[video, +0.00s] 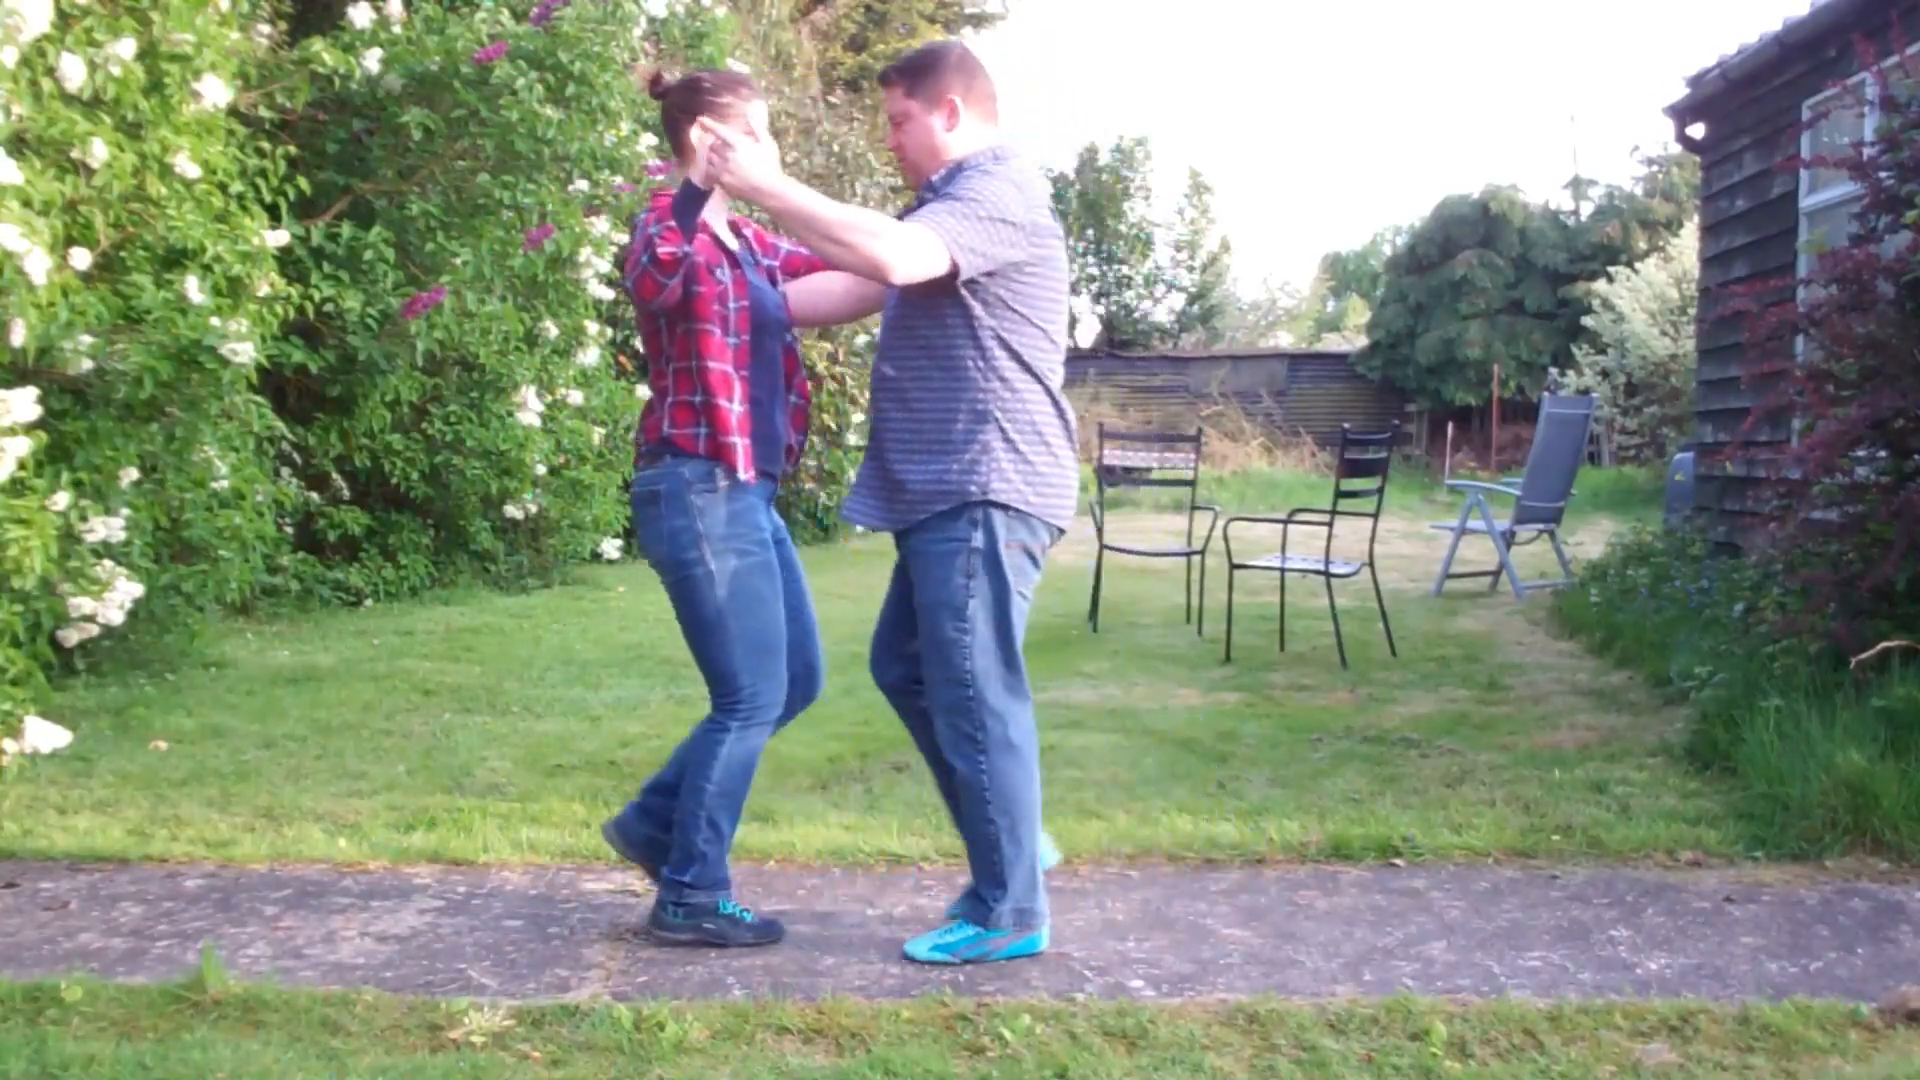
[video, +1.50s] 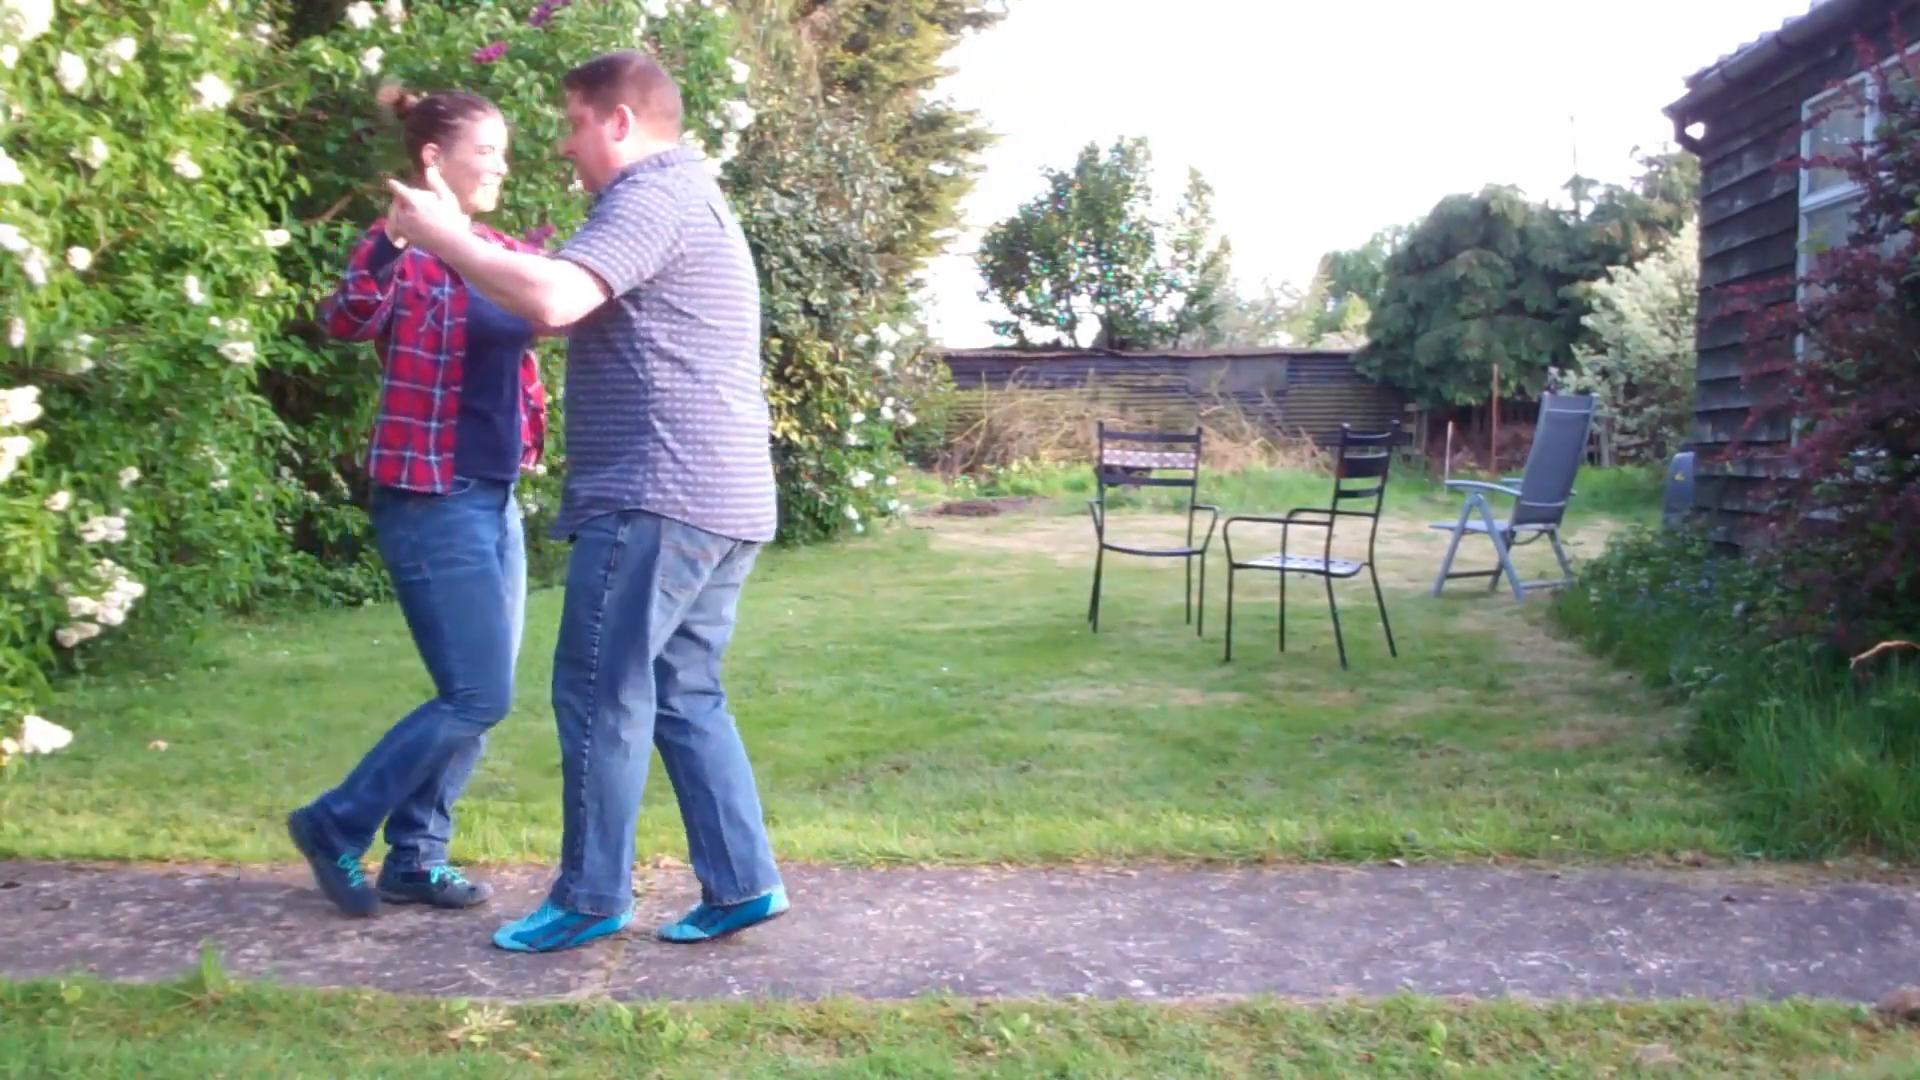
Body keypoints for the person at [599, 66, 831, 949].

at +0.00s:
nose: (768, 149)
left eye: (765, 133)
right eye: (753, 132)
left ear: (725, 139)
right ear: (704, 135)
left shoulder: (752, 241)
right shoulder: (660, 226)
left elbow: (842, 266)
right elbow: (663, 286)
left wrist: (919, 248)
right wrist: (700, 188)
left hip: (747, 488)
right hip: (694, 487)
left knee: (795, 680)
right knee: (750, 695)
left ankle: (653, 820)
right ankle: (692, 899)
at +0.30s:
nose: (682, 156)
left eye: (680, 139)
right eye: (669, 138)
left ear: (649, 139)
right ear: (624, 139)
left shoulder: (665, 246)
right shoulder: (574, 225)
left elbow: (746, 293)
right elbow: (560, 277)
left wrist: (826, 271)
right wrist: (615, 176)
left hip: (627, 490)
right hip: (590, 490)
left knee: (596, 692)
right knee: (683, 679)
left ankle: (515, 860)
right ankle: (679, 888)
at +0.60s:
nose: (592, 175)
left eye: (594, 159)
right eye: (576, 159)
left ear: (589, 170)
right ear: (526, 166)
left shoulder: (585, 260)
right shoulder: (494, 243)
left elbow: (625, 325)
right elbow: (469, 302)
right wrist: (537, 224)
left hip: (570, 508)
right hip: (507, 512)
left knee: (597, 692)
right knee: (564, 705)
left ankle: (513, 864)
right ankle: (412, 831)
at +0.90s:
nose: (518, 167)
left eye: (518, 152)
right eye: (505, 151)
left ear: (485, 158)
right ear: (455, 155)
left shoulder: (500, 249)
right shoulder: (415, 235)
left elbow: (544, 325)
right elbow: (376, 288)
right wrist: (437, 206)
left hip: (482, 504)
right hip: (409, 502)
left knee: (527, 676)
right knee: (387, 701)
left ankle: (509, 861)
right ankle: (279, 858)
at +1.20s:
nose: (481, 173)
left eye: (484, 158)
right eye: (467, 157)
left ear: (465, 165)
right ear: (416, 161)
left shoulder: (466, 258)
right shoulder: (386, 247)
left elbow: (494, 340)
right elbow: (323, 311)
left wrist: (544, 265)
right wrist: (374, 218)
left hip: (448, 501)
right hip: (377, 501)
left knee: (495, 673)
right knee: (364, 700)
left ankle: (423, 847)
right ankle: (273, 863)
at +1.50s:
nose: (499, 168)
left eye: (503, 155)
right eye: (486, 154)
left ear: (492, 166)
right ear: (434, 157)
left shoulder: (500, 251)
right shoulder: (401, 249)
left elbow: (539, 319)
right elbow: (341, 325)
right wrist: (386, 240)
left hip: (494, 494)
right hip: (429, 497)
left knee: (483, 694)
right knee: (477, 695)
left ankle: (416, 855)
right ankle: (332, 826)